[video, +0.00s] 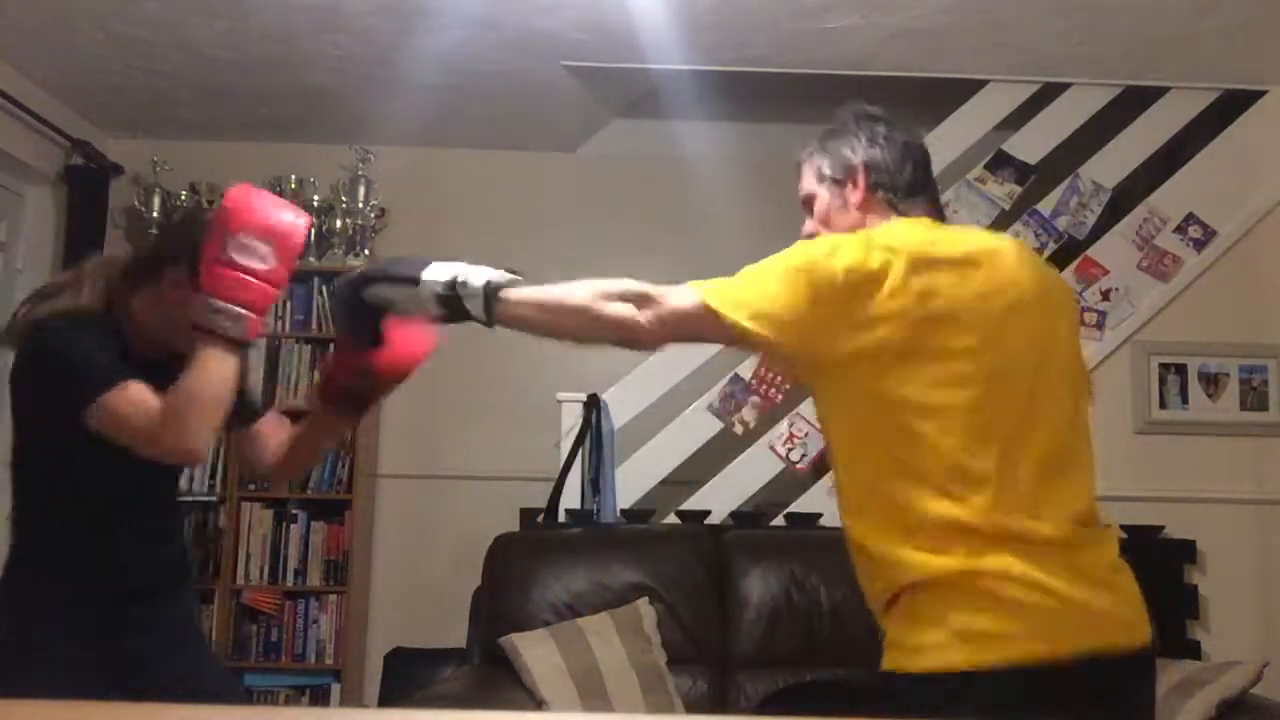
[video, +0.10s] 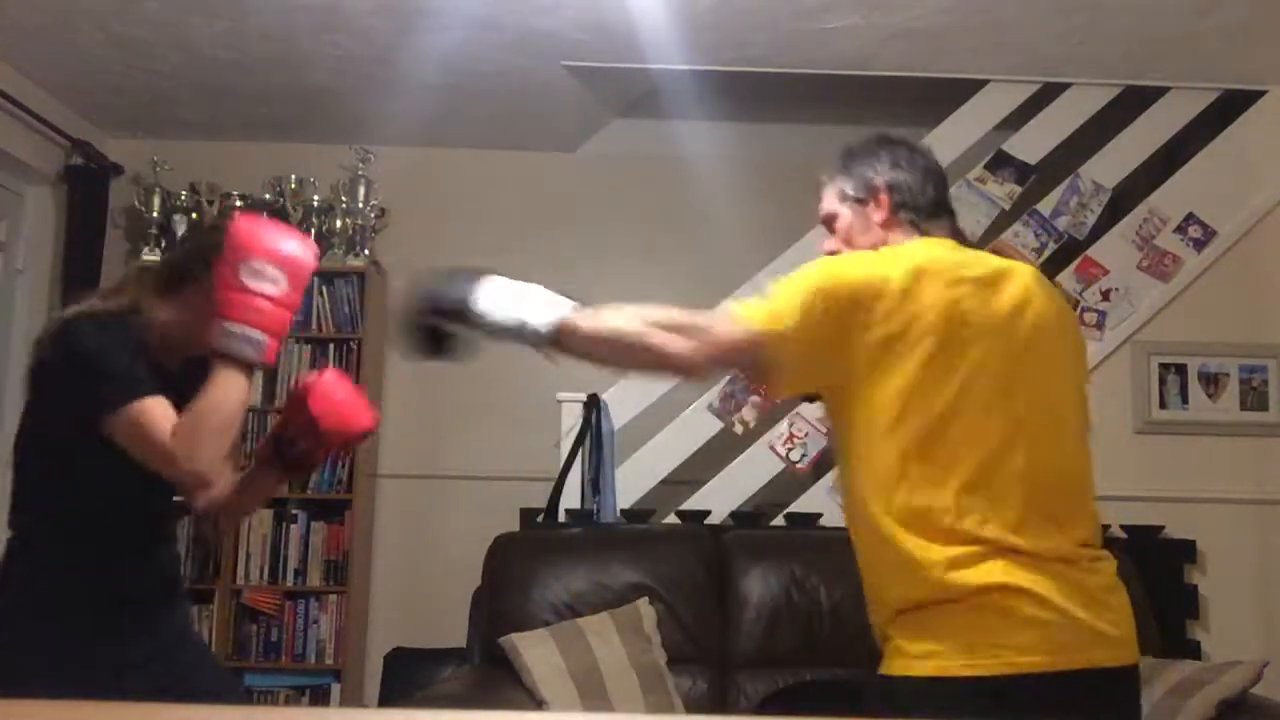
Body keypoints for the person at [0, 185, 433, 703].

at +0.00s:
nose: (213, 336)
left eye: (219, 324)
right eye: (205, 318)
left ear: (185, 291)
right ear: (173, 283)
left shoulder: (183, 352)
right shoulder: (60, 340)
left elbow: (277, 465)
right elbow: (182, 439)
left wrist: (348, 395)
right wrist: (234, 305)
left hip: (161, 633)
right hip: (57, 637)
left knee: (221, 709)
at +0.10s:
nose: (246, 335)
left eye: (254, 320)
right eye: (245, 315)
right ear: (213, 288)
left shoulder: (189, 364)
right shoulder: (87, 342)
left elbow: (214, 507)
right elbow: (190, 461)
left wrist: (287, 453)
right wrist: (244, 342)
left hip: (152, 623)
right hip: (55, 628)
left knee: (225, 708)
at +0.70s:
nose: (364, 278)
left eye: (368, 261)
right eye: (353, 256)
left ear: (298, 260)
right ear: (293, 254)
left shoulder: (277, 354)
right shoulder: (239, 335)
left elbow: (312, 511)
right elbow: (409, 409)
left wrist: (361, 426)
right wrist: (530, 345)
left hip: (247, 631)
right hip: (193, 639)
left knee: (331, 702)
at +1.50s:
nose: (475, 306)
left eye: (479, 289)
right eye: (466, 287)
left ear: (415, 280)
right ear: (404, 273)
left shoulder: (444, 357)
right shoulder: (277, 349)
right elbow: (231, 510)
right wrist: (387, 438)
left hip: (351, 664)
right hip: (227, 664)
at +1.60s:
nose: (498, 317)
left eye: (500, 298)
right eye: (488, 295)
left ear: (437, 292)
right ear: (428, 287)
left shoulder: (443, 372)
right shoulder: (296, 365)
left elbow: (510, 476)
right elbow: (269, 532)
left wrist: (618, 472)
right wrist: (404, 451)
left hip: (370, 643)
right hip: (263, 652)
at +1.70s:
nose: (474, 309)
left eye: (476, 290)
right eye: (466, 287)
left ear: (413, 283)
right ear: (410, 280)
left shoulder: (397, 362)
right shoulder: (293, 363)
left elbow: (396, 487)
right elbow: (303, 532)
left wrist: (500, 489)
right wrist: (413, 434)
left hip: (362, 646)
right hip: (270, 659)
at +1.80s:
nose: (425, 303)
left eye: (428, 285)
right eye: (418, 283)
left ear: (362, 282)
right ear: (358, 278)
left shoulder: (353, 357)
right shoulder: (254, 361)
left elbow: (352, 482)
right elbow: (298, 521)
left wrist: (453, 463)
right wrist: (406, 400)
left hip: (323, 644)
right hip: (236, 659)